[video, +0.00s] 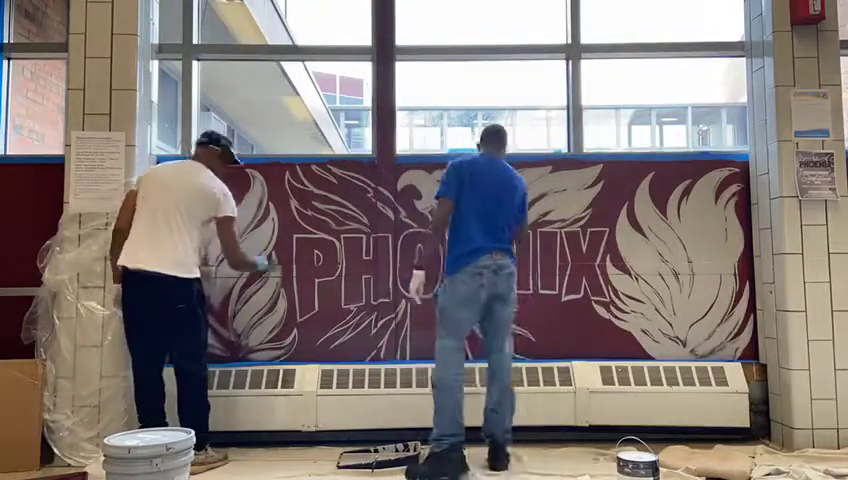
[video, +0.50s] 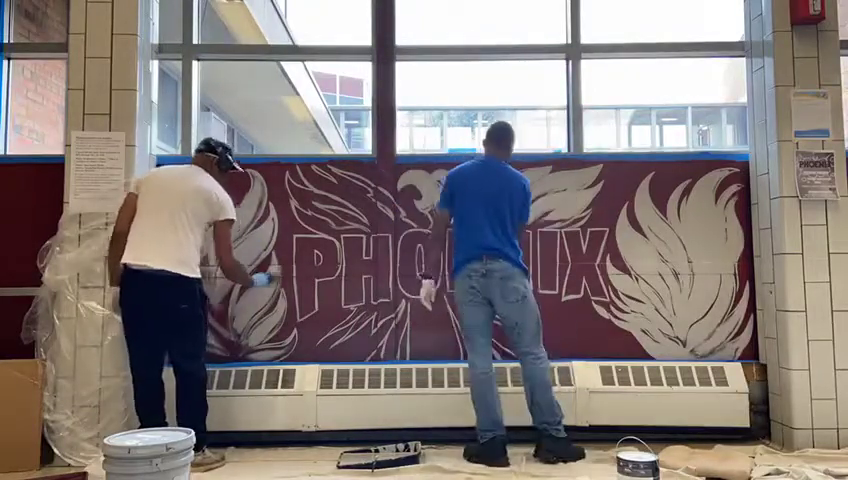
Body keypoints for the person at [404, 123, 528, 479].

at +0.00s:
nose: (488, 149)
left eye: (484, 144)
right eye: (497, 145)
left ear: (479, 144)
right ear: (505, 148)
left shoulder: (461, 166)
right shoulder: (517, 181)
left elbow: (442, 214)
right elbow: (518, 232)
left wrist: (439, 237)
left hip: (466, 265)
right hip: (505, 268)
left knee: (450, 345)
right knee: (499, 351)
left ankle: (448, 443)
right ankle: (499, 445)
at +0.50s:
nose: (497, 152)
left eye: (490, 144)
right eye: (505, 148)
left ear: (483, 144)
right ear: (512, 149)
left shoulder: (458, 175)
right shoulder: (520, 182)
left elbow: (440, 222)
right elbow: (519, 228)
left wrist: (457, 199)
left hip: (467, 272)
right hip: (507, 271)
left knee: (479, 355)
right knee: (532, 353)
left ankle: (492, 443)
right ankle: (552, 437)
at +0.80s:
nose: (567, 146)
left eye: (560, 139)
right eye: (576, 141)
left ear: (554, 140)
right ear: (582, 143)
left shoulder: (528, 172)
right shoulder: (593, 181)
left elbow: (509, 224)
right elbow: (593, 223)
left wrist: (496, 269)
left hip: (532, 273)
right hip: (573, 273)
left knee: (514, 355)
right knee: (566, 356)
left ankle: (505, 438)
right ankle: (563, 441)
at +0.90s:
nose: (569, 147)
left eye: (560, 139)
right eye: (577, 142)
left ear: (553, 140)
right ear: (581, 144)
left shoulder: (528, 173)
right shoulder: (592, 182)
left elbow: (510, 225)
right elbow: (592, 227)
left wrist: (498, 271)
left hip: (531, 273)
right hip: (573, 273)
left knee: (514, 355)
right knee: (567, 357)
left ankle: (506, 438)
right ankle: (563, 441)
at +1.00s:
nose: (478, 131)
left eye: (476, 124)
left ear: (477, 125)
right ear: (508, 123)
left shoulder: (465, 159)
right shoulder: (535, 161)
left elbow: (447, 216)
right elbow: (558, 220)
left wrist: (446, 266)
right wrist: (543, 241)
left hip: (475, 267)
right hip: (522, 266)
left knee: (449, 363)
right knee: (526, 369)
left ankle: (431, 459)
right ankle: (531, 466)